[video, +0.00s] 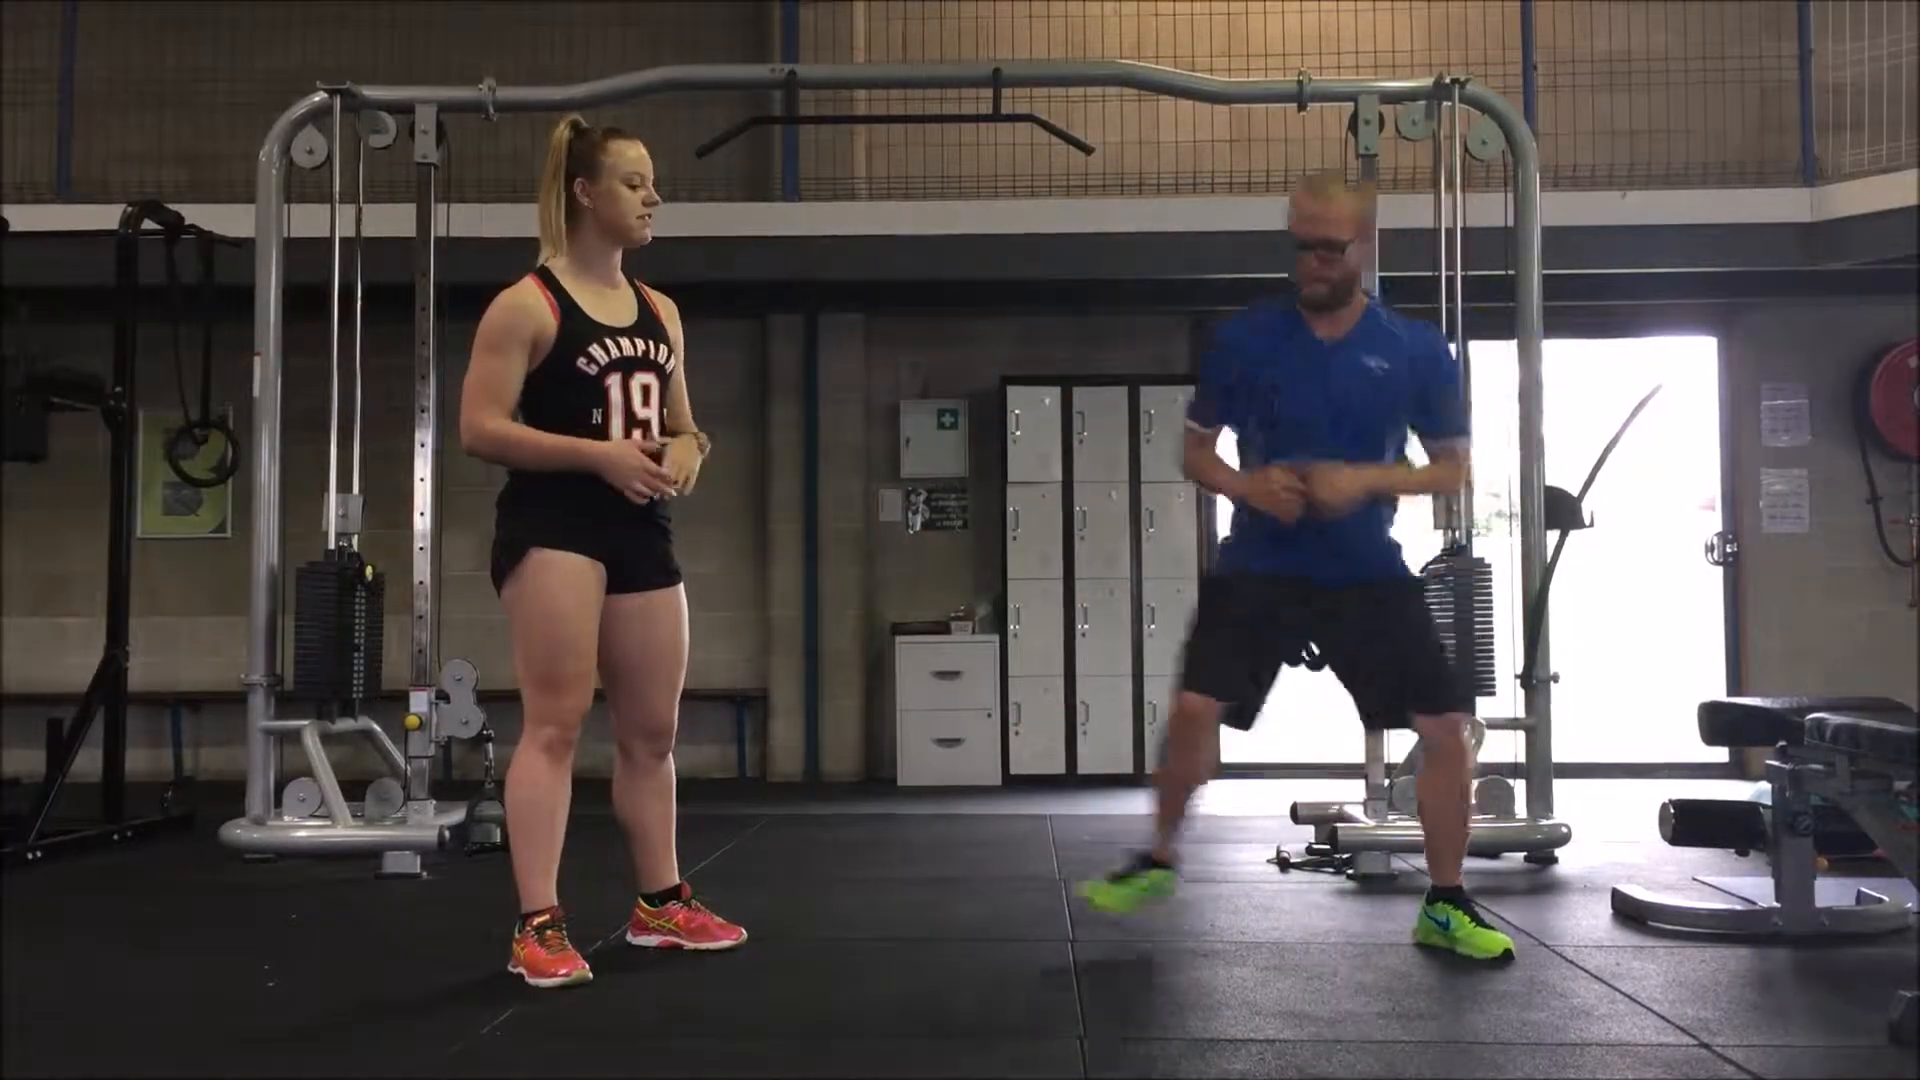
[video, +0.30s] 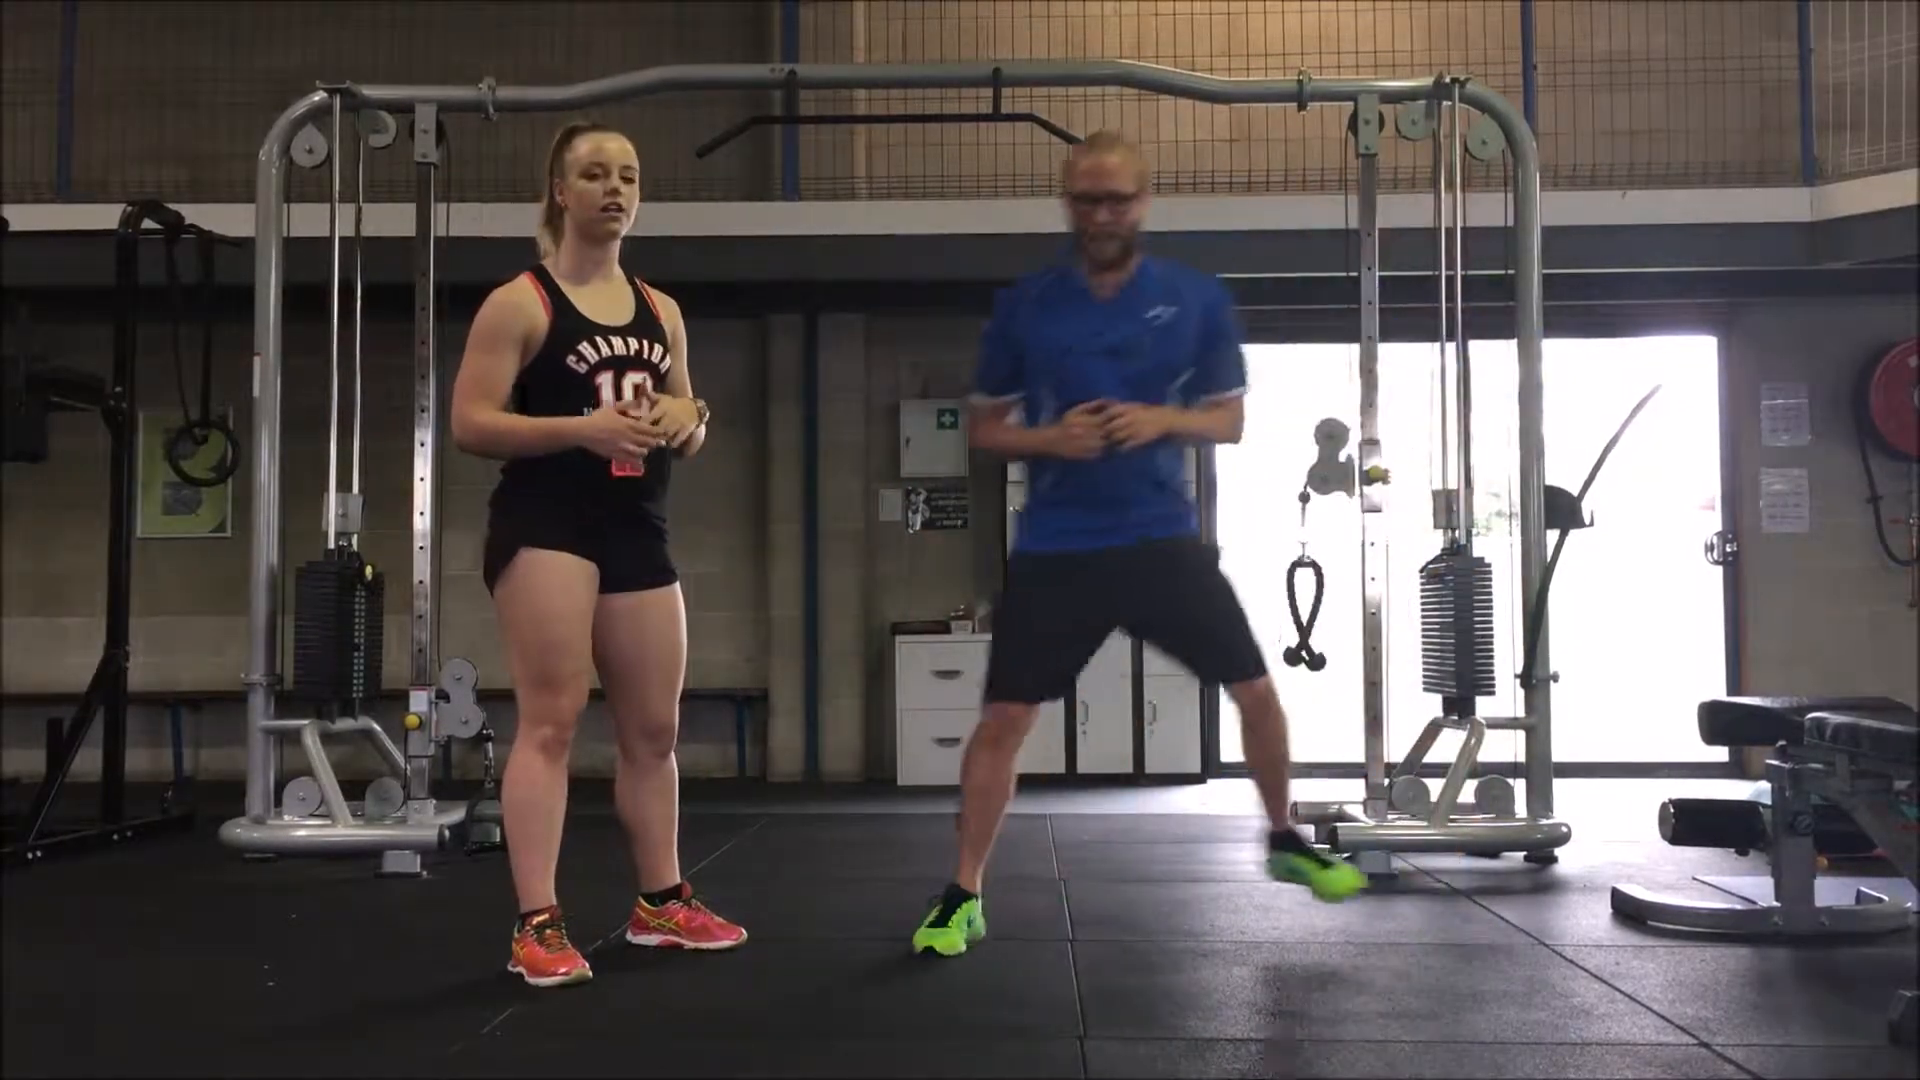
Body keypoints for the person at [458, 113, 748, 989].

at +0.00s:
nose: (652, 198)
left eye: (653, 185)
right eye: (636, 184)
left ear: (624, 200)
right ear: (584, 192)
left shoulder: (658, 311)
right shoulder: (524, 307)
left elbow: (682, 426)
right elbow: (480, 428)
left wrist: (687, 452)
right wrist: (597, 454)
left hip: (642, 534)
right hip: (555, 533)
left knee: (650, 735)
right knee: (553, 727)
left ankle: (662, 903)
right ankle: (538, 926)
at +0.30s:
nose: (613, 189)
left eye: (625, 178)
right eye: (594, 175)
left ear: (639, 199)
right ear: (557, 193)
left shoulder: (660, 311)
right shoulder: (517, 304)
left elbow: (687, 422)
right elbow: (471, 423)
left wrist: (688, 421)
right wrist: (585, 428)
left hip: (637, 533)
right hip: (547, 527)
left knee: (653, 732)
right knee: (549, 722)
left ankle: (662, 902)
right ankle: (538, 924)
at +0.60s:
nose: (596, 187)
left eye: (610, 175)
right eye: (579, 173)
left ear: (625, 193)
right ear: (546, 189)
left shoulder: (654, 308)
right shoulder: (499, 301)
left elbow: (683, 426)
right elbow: (454, 419)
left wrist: (652, 439)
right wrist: (565, 436)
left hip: (627, 531)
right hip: (532, 526)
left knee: (664, 727)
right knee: (542, 722)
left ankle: (666, 900)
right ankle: (536, 925)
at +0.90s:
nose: (581, 182)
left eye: (594, 170)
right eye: (562, 167)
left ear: (609, 189)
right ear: (527, 183)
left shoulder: (639, 303)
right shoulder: (476, 300)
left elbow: (670, 426)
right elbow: (427, 419)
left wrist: (612, 476)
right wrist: (514, 480)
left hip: (613, 528)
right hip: (513, 531)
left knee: (678, 719)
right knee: (537, 724)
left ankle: (668, 887)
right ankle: (538, 925)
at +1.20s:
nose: (572, 175)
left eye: (587, 164)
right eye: (555, 160)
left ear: (603, 187)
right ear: (520, 177)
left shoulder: (634, 299)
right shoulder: (470, 299)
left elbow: (669, 421)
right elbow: (421, 420)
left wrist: (604, 471)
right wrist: (498, 487)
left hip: (616, 525)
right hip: (516, 528)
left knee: (657, 721)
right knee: (541, 728)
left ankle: (594, 874)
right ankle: (538, 923)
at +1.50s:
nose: (588, 172)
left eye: (601, 161)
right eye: (569, 157)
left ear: (615, 185)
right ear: (531, 177)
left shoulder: (644, 296)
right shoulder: (483, 289)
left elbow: (677, 418)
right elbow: (428, 413)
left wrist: (610, 464)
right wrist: (512, 487)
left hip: (619, 526)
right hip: (521, 527)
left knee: (653, 722)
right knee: (544, 726)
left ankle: (587, 890)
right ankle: (539, 925)